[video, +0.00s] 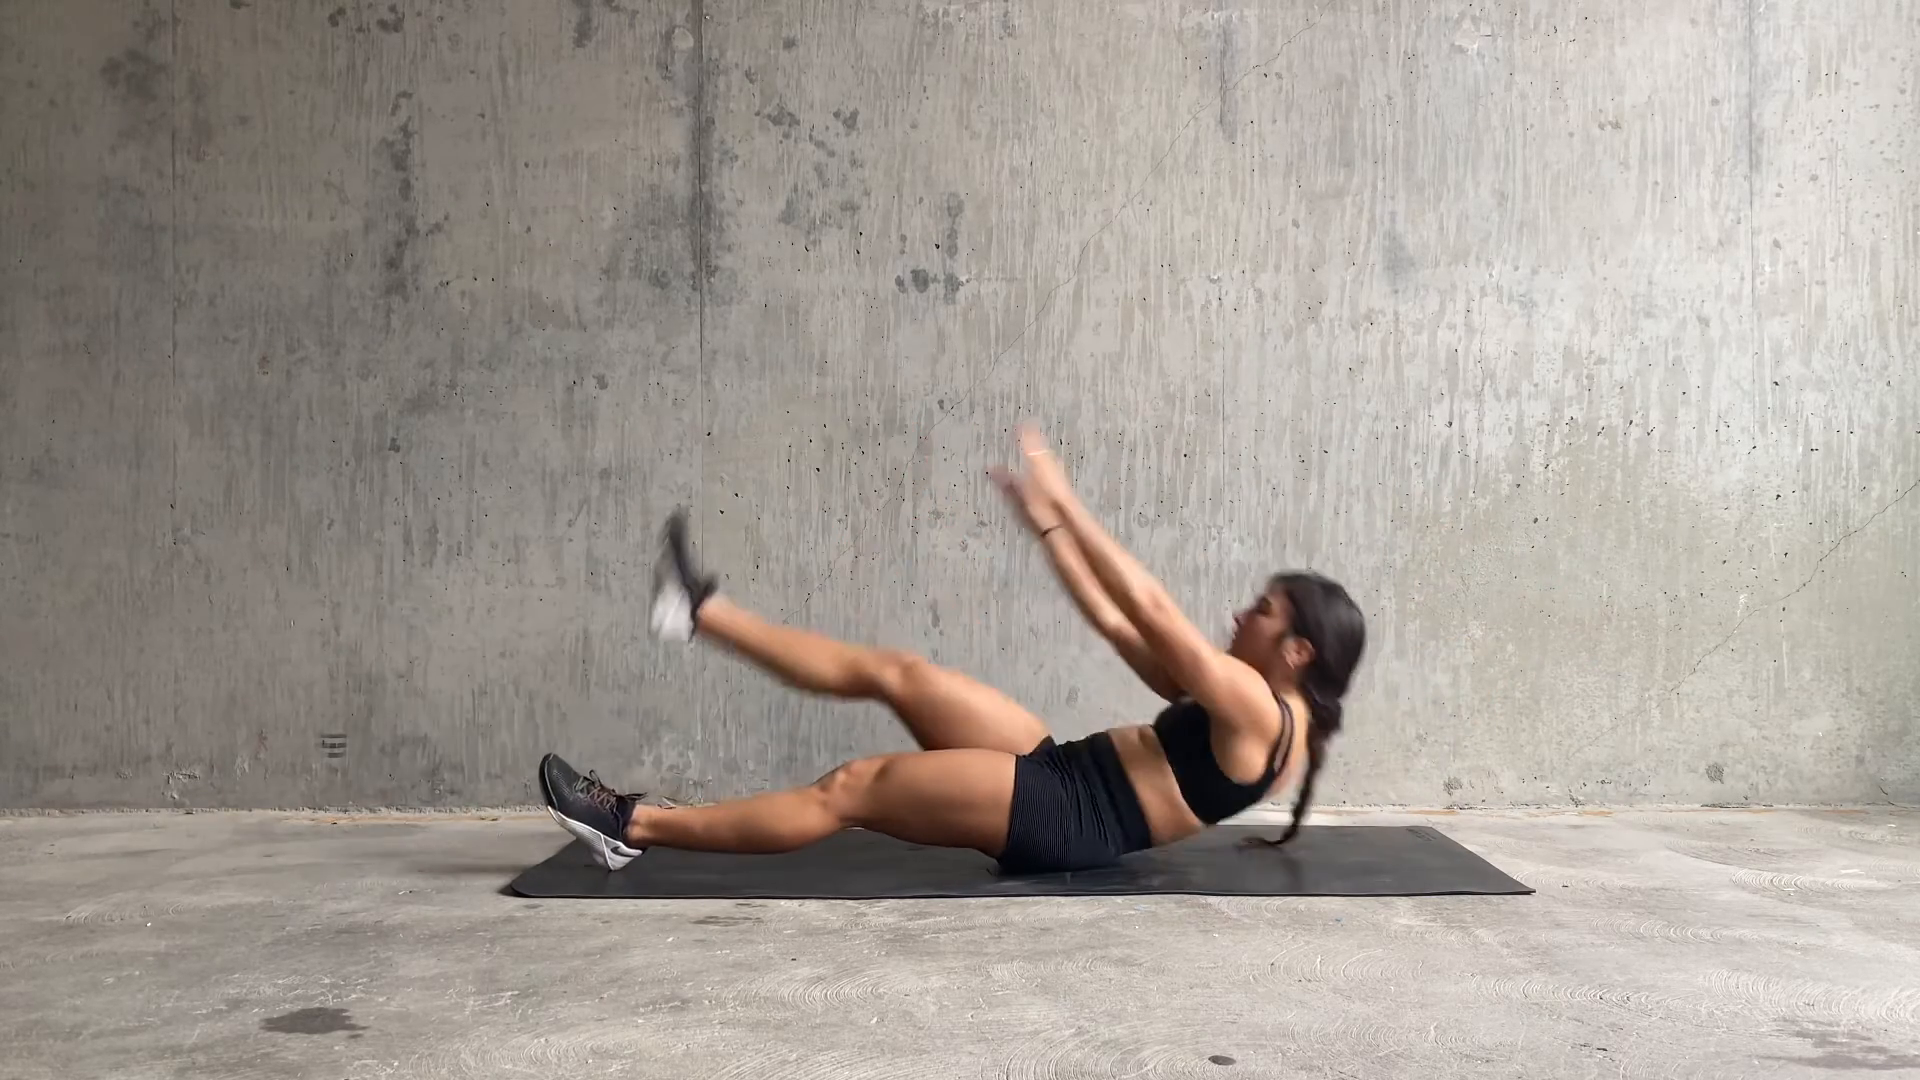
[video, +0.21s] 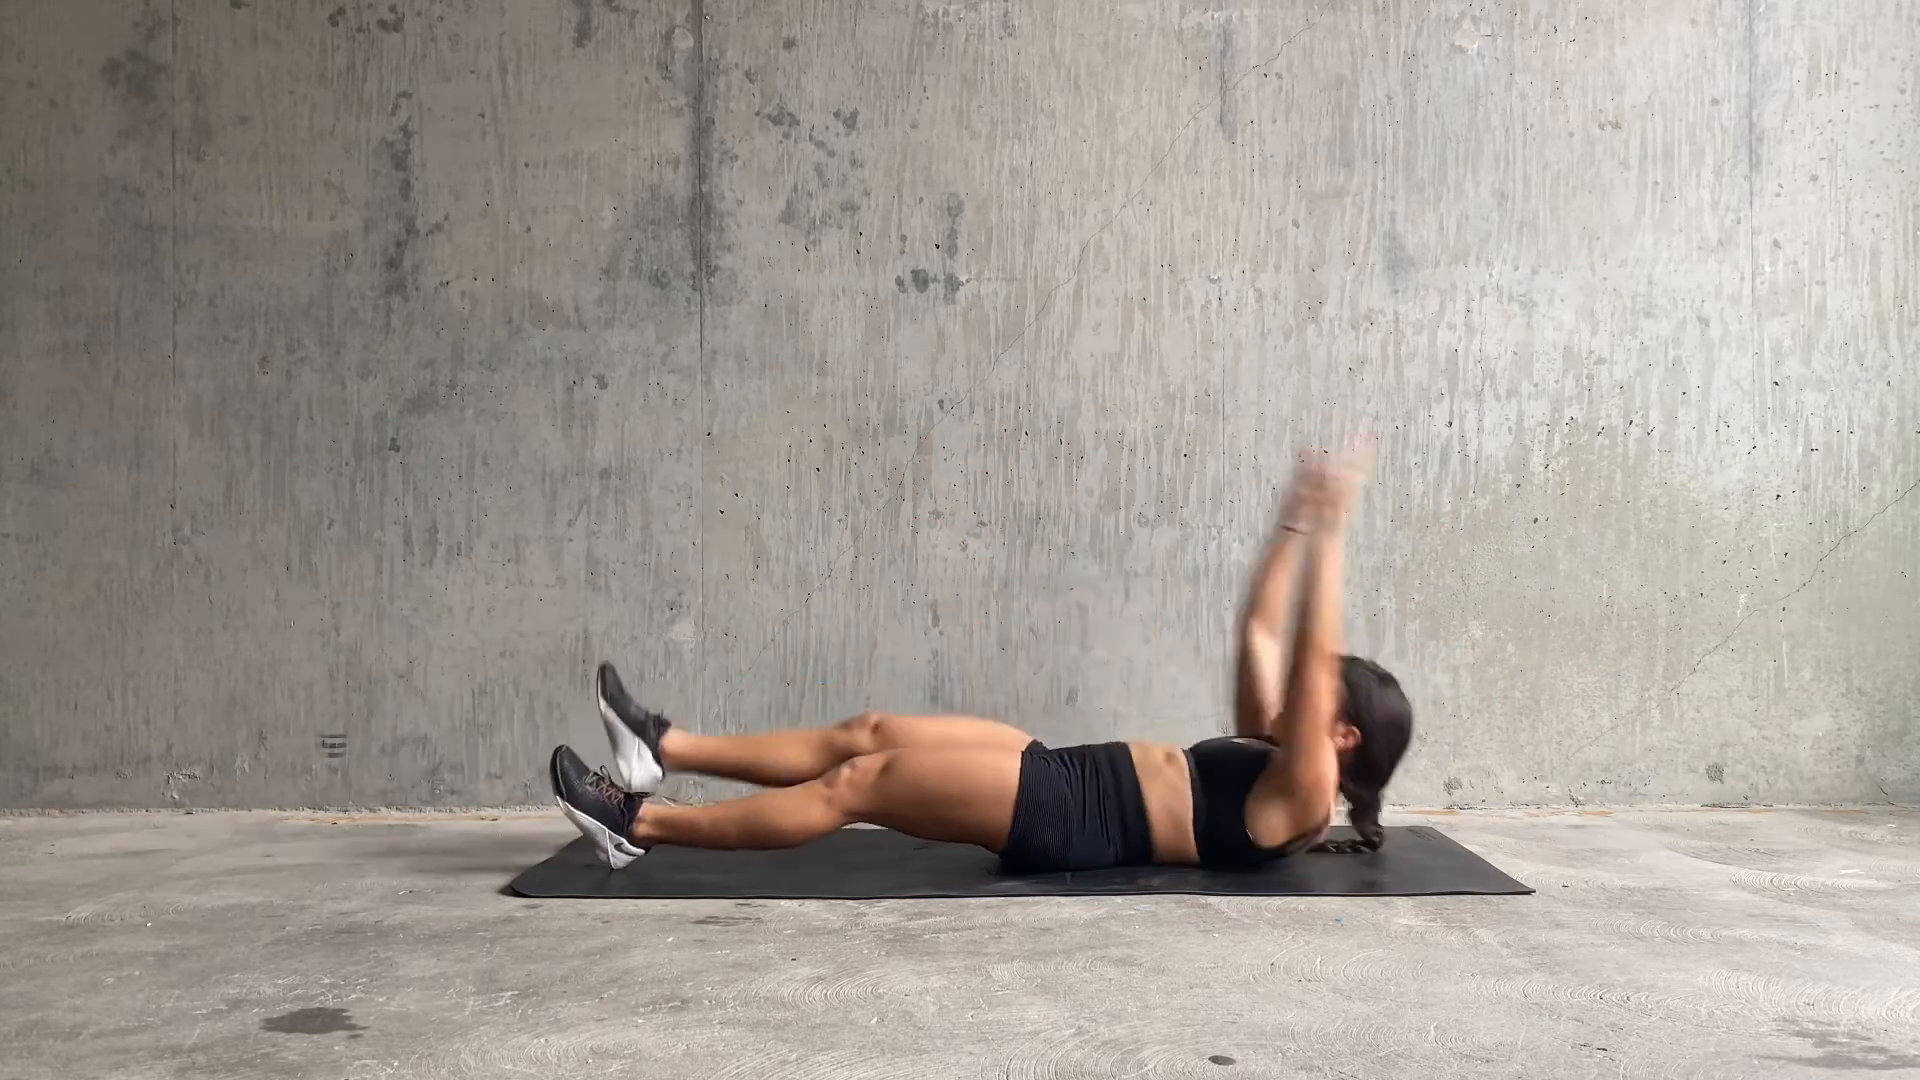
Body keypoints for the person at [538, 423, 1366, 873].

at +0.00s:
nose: (1243, 620)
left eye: (1263, 619)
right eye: (1255, 610)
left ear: (1298, 654)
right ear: (1290, 647)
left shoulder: (1258, 706)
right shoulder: (1242, 697)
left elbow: (1151, 615)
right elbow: (1119, 627)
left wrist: (1067, 504)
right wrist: (1041, 529)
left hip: (1068, 812)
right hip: (1066, 773)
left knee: (852, 790)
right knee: (893, 674)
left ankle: (635, 827)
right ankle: (701, 610)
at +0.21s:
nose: (1314, 683)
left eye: (1331, 686)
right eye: (1323, 682)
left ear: (1347, 731)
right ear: (1322, 715)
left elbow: (1315, 652)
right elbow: (1258, 634)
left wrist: (1332, 527)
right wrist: (1294, 525)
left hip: (1072, 812)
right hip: (1067, 774)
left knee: (862, 786)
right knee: (871, 737)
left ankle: (640, 824)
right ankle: (668, 750)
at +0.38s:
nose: (1333, 702)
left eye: (1357, 701)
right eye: (1345, 685)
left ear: (1385, 743)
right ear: (1335, 702)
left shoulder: (1327, 812)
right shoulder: (1310, 780)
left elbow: (1419, 708)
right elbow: (1397, 686)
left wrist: (1503, 611)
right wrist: (1476, 605)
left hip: (1090, 811)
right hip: (1087, 778)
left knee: (870, 788)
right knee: (868, 764)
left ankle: (654, 836)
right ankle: (667, 803)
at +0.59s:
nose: (1328, 697)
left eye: (1350, 697)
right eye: (1335, 684)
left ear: (1371, 735)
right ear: (1337, 709)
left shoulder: (1326, 813)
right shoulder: (1306, 779)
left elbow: (1391, 682)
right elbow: (1345, 666)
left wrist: (1453, 570)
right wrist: (1417, 584)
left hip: (1089, 808)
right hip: (1090, 781)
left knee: (876, 781)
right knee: (882, 771)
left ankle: (663, 817)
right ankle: (678, 807)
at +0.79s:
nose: (1262, 659)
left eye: (1282, 656)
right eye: (1274, 647)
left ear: (1320, 692)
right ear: (1314, 686)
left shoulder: (1270, 745)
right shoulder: (1265, 730)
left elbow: (1145, 667)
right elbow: (1151, 657)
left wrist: (1041, 573)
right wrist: (1067, 558)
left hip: (1077, 812)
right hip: (1071, 808)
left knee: (891, 708)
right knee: (863, 772)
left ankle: (679, 663)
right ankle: (664, 811)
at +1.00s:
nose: (1163, 554)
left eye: (1182, 549)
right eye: (1174, 542)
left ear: (1222, 582)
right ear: (1213, 577)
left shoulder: (1196, 662)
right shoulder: (1177, 634)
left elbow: (1051, 636)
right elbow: (1048, 582)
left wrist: (922, 581)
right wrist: (949, 505)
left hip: (1066, 815)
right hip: (1050, 791)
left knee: (957, 614)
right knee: (849, 761)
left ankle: (826, 455)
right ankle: (653, 807)